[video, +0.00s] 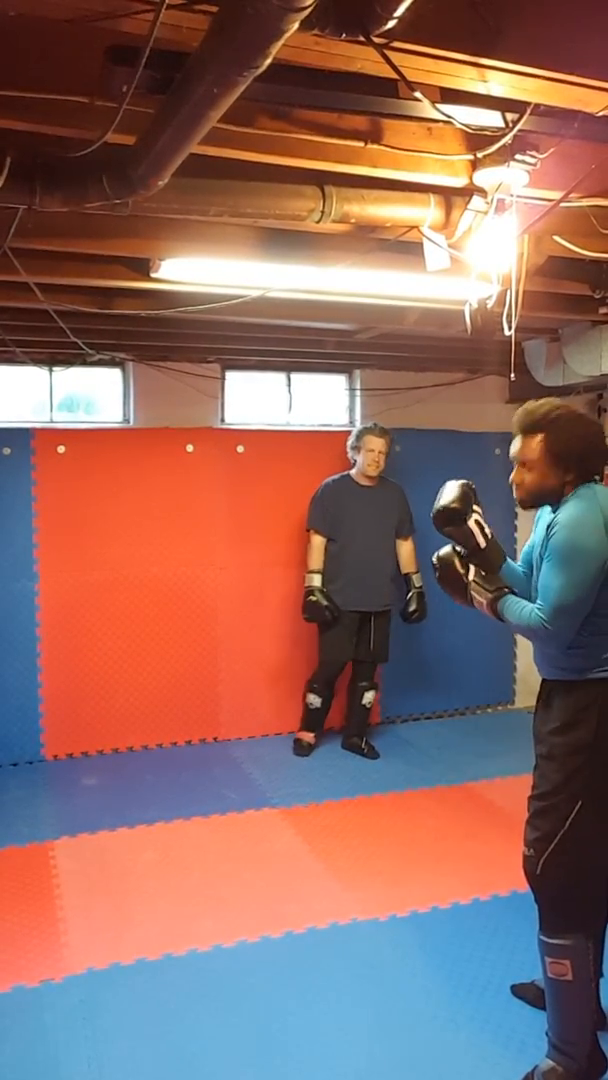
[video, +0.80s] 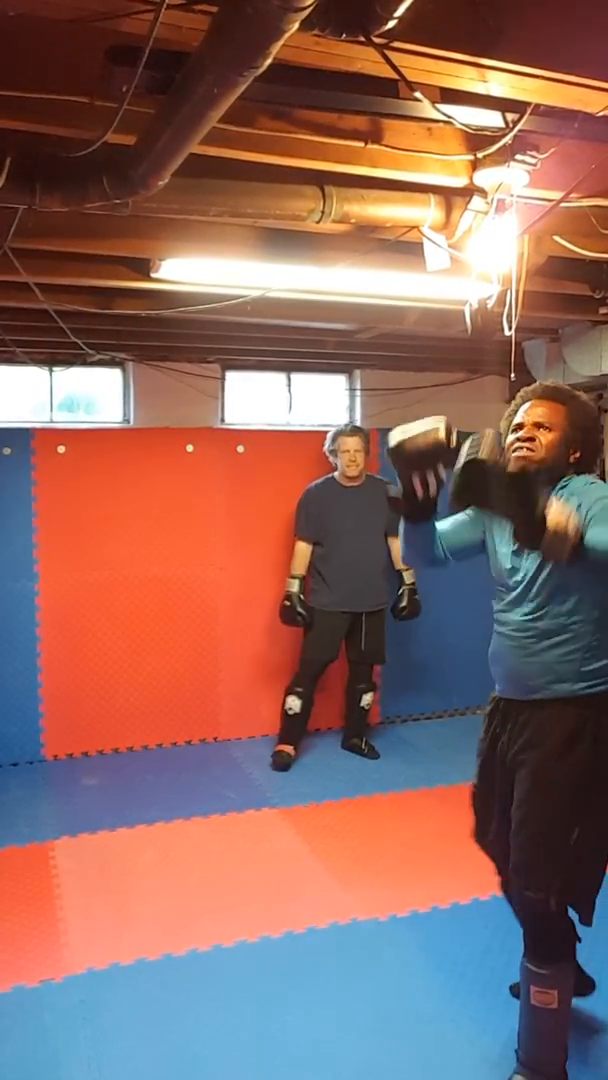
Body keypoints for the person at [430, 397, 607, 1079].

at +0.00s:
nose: (515, 472)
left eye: (526, 461)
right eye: (515, 461)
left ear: (566, 465)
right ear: (550, 462)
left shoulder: (580, 515)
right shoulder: (556, 510)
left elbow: (549, 623)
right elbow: (520, 589)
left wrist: (486, 597)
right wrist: (485, 545)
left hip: (585, 709)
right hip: (570, 701)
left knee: (561, 866)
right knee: (567, 853)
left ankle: (576, 1058)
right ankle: (571, 985)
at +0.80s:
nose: (520, 436)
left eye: (537, 427)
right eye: (516, 428)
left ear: (577, 442)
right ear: (508, 442)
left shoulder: (589, 494)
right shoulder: (499, 502)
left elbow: (597, 531)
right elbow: (423, 548)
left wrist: (568, 522)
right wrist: (419, 493)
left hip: (574, 710)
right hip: (510, 708)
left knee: (537, 880)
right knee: (497, 839)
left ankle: (542, 1065)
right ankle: (559, 965)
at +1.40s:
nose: (530, 427)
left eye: (545, 420)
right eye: (521, 419)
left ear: (573, 436)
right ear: (506, 435)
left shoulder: (590, 499)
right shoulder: (490, 490)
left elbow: (594, 458)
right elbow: (413, 480)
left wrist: (547, 375)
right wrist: (430, 411)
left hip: (562, 721)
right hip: (480, 712)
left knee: (542, 900)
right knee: (445, 847)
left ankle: (543, 1063)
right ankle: (475, 975)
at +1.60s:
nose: (531, 426)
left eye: (547, 417)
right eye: (522, 416)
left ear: (576, 433)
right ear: (508, 433)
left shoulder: (592, 499)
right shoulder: (492, 489)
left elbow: (594, 464)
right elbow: (416, 478)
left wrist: (548, 380)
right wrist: (431, 418)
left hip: (561, 725)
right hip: (478, 715)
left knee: (543, 907)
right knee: (442, 850)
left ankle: (542, 1066)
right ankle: (474, 973)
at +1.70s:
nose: (534, 428)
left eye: (549, 421)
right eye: (524, 419)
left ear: (575, 437)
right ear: (508, 435)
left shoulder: (592, 499)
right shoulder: (491, 489)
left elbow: (592, 455)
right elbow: (414, 478)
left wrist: (545, 374)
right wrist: (434, 401)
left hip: (562, 723)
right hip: (479, 713)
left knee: (543, 901)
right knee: (441, 848)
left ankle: (542, 1064)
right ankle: (473, 974)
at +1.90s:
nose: (531, 430)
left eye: (546, 421)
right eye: (521, 420)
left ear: (574, 435)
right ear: (507, 435)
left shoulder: (590, 500)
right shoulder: (492, 490)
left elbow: (594, 465)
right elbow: (416, 479)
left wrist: (544, 384)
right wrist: (433, 409)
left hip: (563, 722)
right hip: (480, 713)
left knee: (545, 902)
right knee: (441, 847)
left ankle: (542, 1064)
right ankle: (473, 974)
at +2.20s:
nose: (525, 431)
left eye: (539, 422)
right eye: (516, 422)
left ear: (573, 435)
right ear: (504, 435)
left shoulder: (592, 501)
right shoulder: (491, 489)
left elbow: (596, 466)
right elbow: (416, 477)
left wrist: (540, 386)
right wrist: (431, 411)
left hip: (562, 724)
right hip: (479, 713)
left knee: (544, 901)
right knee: (439, 845)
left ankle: (542, 1065)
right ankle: (473, 974)